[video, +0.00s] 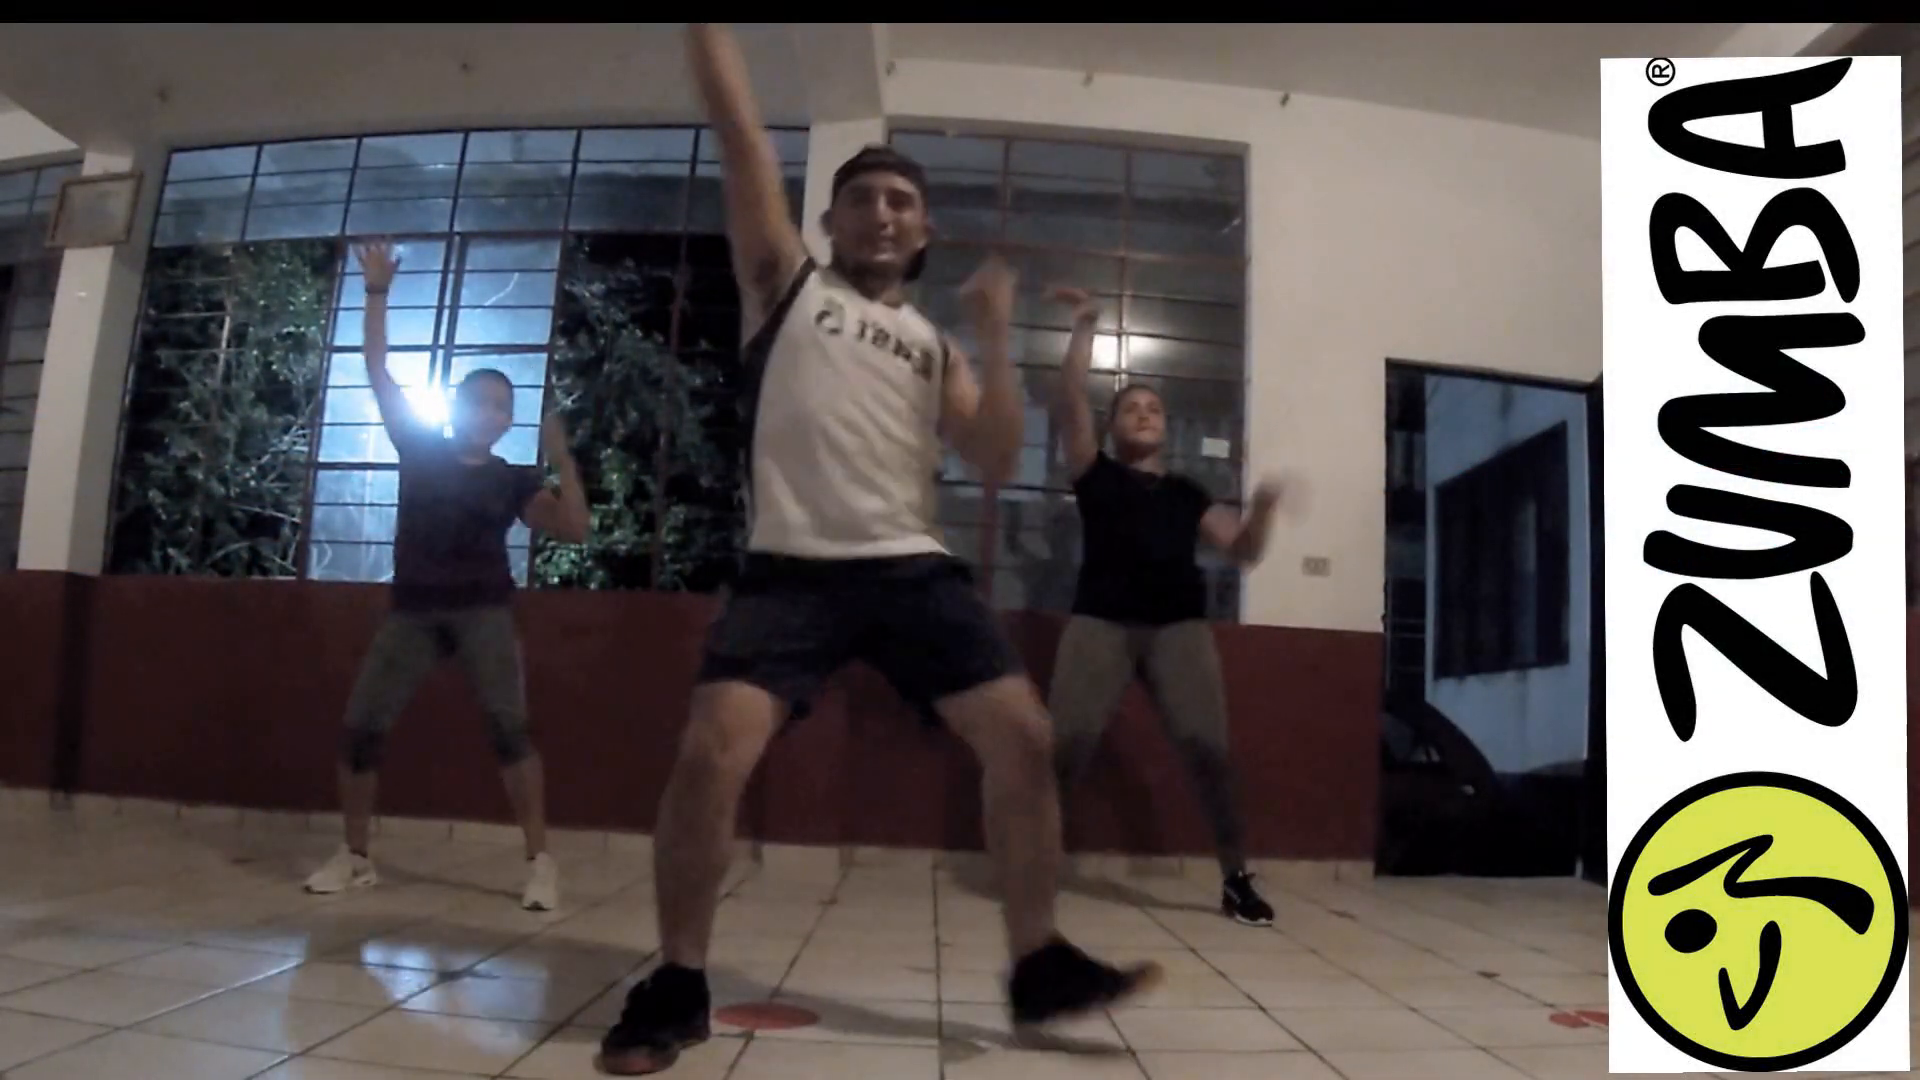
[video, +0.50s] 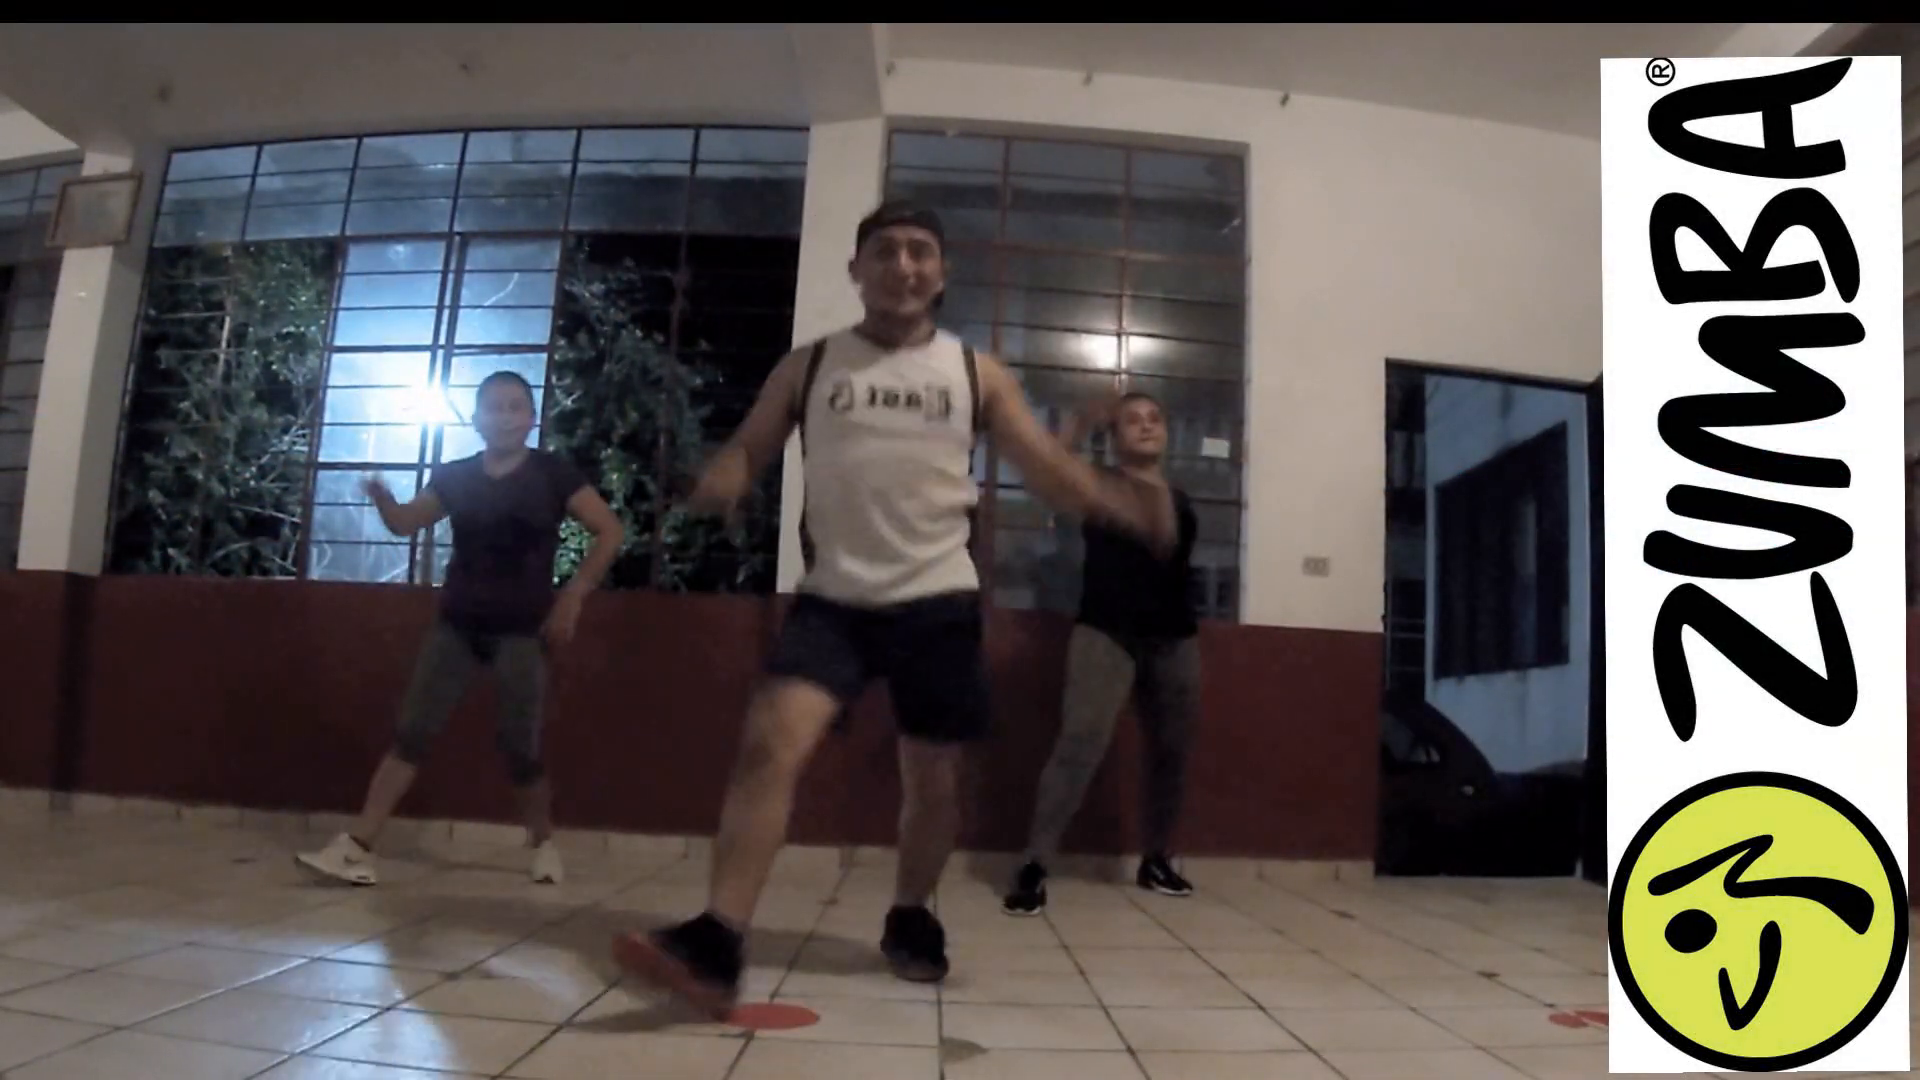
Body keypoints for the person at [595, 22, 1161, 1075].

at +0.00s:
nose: (883, 209)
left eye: (902, 201)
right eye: (864, 198)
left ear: (921, 236)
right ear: (831, 224)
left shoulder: (932, 346)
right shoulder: (788, 283)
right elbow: (738, 132)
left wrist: (997, 331)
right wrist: (703, 20)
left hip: (914, 577)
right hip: (786, 577)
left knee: (1022, 737)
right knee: (709, 748)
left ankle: (1036, 966)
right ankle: (676, 981)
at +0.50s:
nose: (904, 265)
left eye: (920, 253)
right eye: (887, 253)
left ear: (942, 273)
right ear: (857, 271)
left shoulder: (976, 373)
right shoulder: (812, 362)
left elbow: (1050, 465)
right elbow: (746, 451)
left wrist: (1115, 502)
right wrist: (723, 479)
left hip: (936, 603)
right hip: (833, 599)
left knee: (933, 772)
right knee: (769, 741)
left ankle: (912, 918)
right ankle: (719, 937)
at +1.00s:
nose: (913, 322)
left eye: (930, 311)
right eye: (898, 310)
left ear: (953, 333)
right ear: (874, 326)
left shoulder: (981, 408)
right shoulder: (834, 400)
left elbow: (1087, 433)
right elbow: (729, 382)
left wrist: (1159, 403)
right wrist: (669, 325)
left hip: (958, 629)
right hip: (848, 636)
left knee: (1072, 704)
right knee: (787, 793)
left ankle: (1052, 883)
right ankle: (773, 916)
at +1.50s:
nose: (1132, 296)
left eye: (1147, 282)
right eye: (1117, 283)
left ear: (1173, 293)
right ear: (1097, 296)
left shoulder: (1210, 371)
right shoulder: (1068, 378)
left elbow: (1311, 408)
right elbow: (993, 397)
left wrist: (1349, 341)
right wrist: (967, 390)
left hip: (1191, 589)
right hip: (1085, 588)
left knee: (1218, 759)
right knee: (1014, 713)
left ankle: (1221, 927)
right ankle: (950, 879)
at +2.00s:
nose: (1077, 340)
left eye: (1090, 327)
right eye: (1067, 327)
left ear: (1124, 334)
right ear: (1053, 332)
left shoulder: (1155, 414)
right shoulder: (1020, 396)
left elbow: (1267, 437)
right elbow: (922, 396)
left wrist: (1364, 405)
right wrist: (820, 357)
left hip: (1114, 617)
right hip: (1004, 608)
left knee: (1176, 776)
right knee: (913, 723)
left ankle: (1197, 926)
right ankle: (841, 885)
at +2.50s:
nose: (871, 264)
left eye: (881, 252)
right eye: (856, 250)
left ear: (894, 266)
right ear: (818, 260)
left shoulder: (913, 336)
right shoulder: (782, 331)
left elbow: (1006, 371)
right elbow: (691, 337)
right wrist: (794, 296)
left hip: (885, 565)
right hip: (785, 561)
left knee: (901, 716)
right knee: (740, 726)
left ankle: (885, 880)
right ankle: (714, 896)